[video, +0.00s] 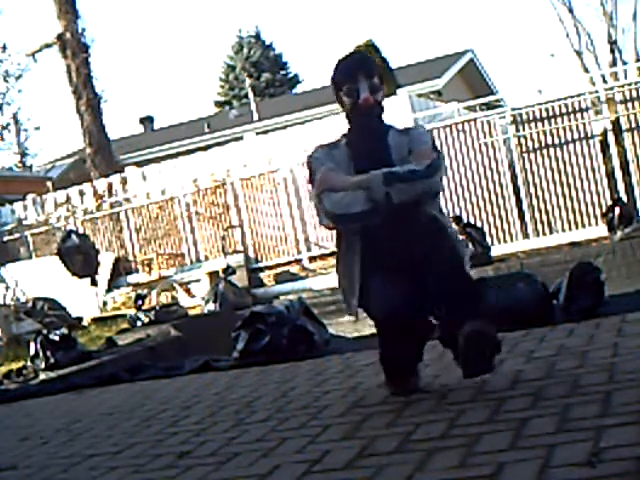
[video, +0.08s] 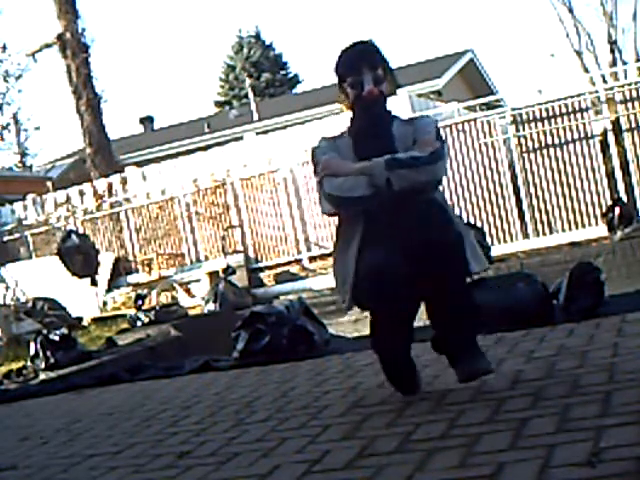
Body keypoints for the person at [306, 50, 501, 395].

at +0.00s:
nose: (365, 99)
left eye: (372, 88)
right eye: (353, 91)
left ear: (384, 90)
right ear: (340, 98)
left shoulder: (413, 138)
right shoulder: (324, 158)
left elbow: (430, 181)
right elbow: (332, 208)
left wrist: (353, 182)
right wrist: (404, 188)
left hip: (430, 250)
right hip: (373, 264)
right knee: (399, 307)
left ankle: (470, 336)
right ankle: (401, 373)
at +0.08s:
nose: (369, 91)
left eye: (377, 80)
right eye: (357, 84)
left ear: (389, 80)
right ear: (344, 91)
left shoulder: (420, 128)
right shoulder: (330, 149)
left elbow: (433, 171)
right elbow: (334, 197)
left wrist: (354, 169)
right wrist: (408, 170)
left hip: (430, 232)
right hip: (374, 247)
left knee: (441, 252)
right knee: (391, 278)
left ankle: (462, 347)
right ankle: (395, 357)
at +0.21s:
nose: (377, 104)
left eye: (385, 93)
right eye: (365, 97)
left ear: (397, 94)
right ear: (353, 104)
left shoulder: (434, 142)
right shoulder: (345, 165)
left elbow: (446, 190)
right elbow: (349, 215)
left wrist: (368, 188)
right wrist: (422, 199)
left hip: (441, 258)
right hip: (382, 270)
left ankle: (458, 364)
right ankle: (405, 376)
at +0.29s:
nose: (382, 120)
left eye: (390, 107)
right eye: (369, 112)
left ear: (402, 108)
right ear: (357, 119)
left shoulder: (442, 158)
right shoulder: (353, 181)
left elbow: (456, 209)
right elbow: (356, 227)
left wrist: (377, 205)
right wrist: (432, 210)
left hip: (455, 276)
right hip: (393, 293)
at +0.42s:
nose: (367, 101)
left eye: (374, 89)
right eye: (354, 96)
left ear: (387, 88)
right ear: (343, 104)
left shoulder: (428, 133)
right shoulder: (340, 162)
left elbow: (448, 178)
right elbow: (346, 199)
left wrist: (373, 180)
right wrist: (420, 176)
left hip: (437, 258)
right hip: (377, 266)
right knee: (379, 311)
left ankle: (455, 363)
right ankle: (380, 371)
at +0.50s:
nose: (361, 94)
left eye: (367, 83)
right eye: (348, 88)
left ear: (381, 83)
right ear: (337, 97)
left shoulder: (422, 126)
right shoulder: (333, 154)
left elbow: (440, 166)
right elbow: (337, 190)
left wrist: (374, 167)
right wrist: (407, 173)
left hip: (432, 242)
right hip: (375, 255)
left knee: (448, 275)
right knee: (383, 294)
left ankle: (460, 369)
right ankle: (387, 378)